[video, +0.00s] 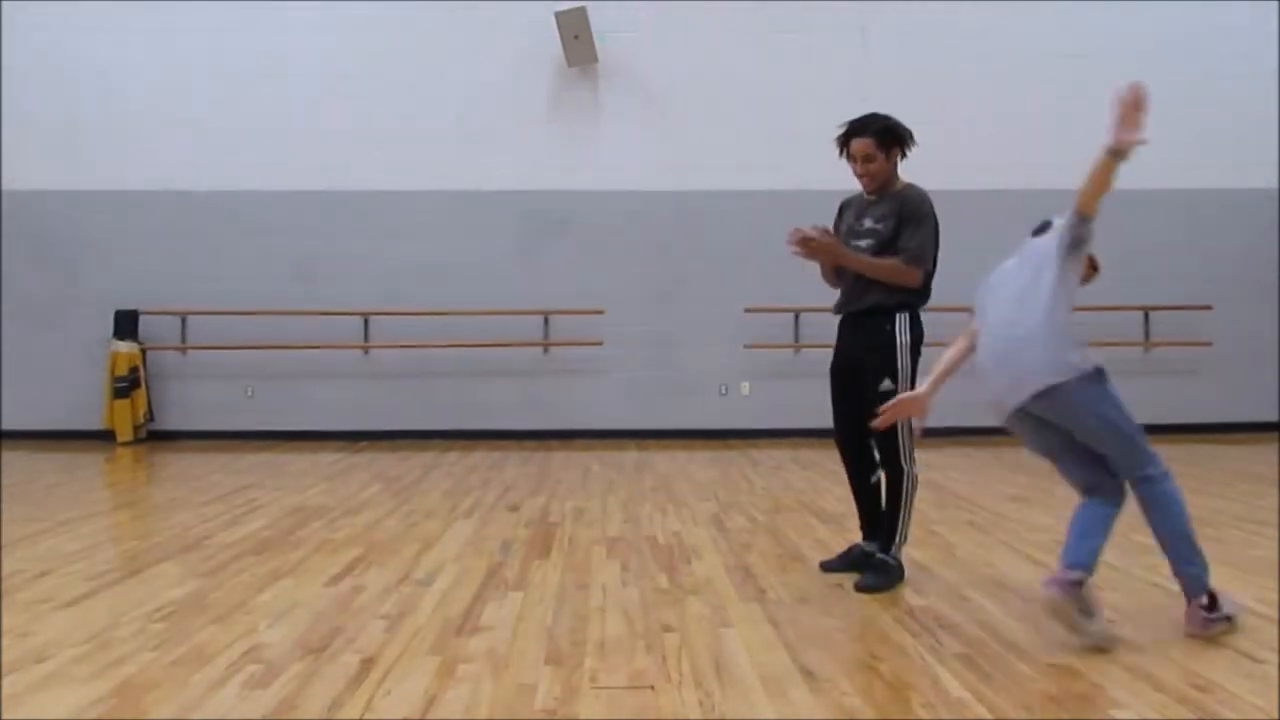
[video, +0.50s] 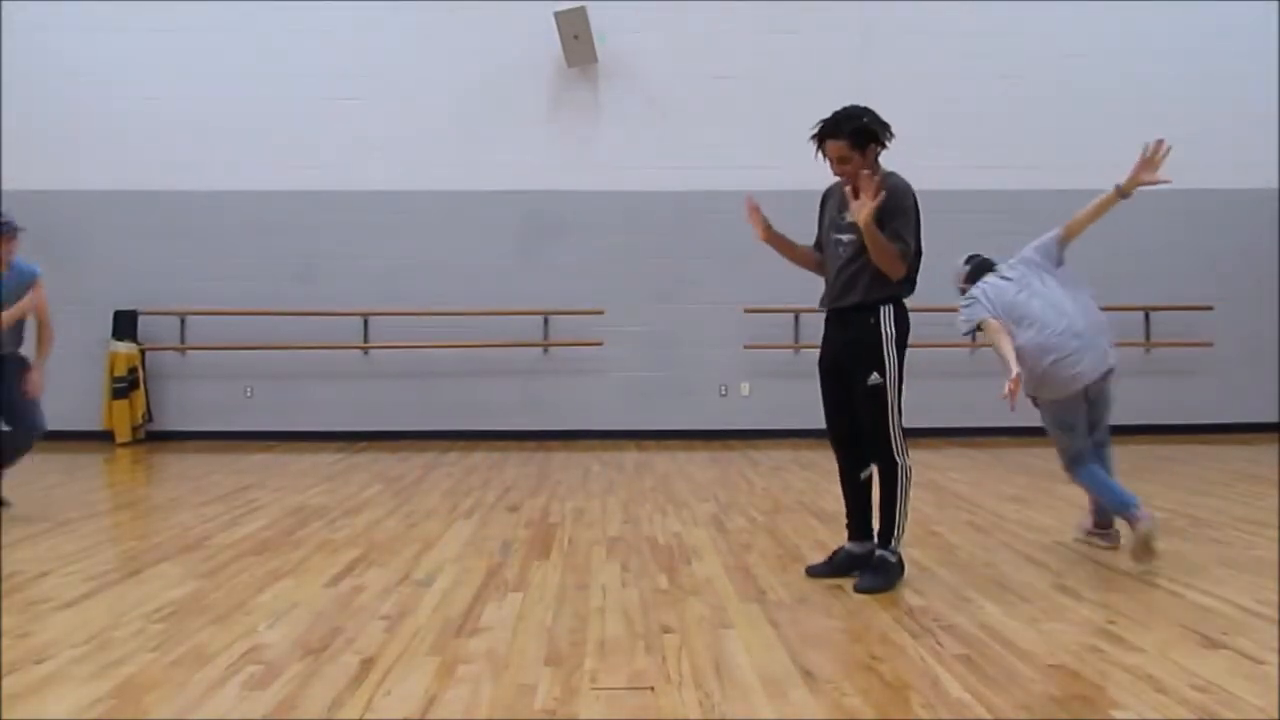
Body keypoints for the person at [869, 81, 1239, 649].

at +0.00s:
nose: (1087, 280)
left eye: (1089, 276)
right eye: (1087, 272)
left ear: (1030, 246)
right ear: (1073, 249)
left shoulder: (996, 287)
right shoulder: (1058, 244)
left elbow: (966, 342)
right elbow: (1086, 202)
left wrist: (923, 392)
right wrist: (1116, 148)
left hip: (1007, 398)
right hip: (1057, 374)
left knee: (1102, 487)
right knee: (1148, 473)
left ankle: (1070, 580)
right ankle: (1200, 599)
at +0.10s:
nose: (1087, 253)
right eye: (1081, 248)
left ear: (1034, 260)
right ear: (1070, 249)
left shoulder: (1011, 293)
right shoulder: (1080, 249)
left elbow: (990, 341)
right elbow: (1120, 208)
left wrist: (960, 388)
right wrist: (1163, 154)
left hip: (1045, 397)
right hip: (1100, 372)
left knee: (1115, 476)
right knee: (1175, 479)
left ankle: (1141, 574)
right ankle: (1197, 599)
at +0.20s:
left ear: (1022, 271)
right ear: (1055, 253)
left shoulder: (1015, 295)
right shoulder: (1079, 250)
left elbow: (1010, 337)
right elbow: (1121, 217)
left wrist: (998, 377)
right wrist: (1172, 174)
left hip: (1066, 386)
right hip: (1120, 358)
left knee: (1116, 467)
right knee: (1180, 465)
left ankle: (1172, 560)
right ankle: (1201, 565)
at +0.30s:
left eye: (1014, 286)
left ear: (1013, 282)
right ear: (1045, 263)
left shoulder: (1012, 300)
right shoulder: (1073, 259)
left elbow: (1015, 334)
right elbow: (1114, 226)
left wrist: (1018, 371)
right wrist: (1163, 181)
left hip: (1077, 395)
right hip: (1129, 368)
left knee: (1119, 474)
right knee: (1171, 458)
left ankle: (1174, 562)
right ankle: (1217, 538)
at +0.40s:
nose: (996, 290)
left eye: (992, 285)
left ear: (993, 280)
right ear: (1020, 261)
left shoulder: (997, 296)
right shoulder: (1053, 256)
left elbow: (1008, 330)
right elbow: (1095, 226)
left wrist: (1018, 370)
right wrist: (1148, 185)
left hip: (1071, 385)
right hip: (1117, 360)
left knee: (1114, 473)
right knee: (1136, 449)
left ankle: (1168, 550)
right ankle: (1169, 540)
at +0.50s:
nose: (964, 292)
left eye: (964, 289)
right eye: (964, 287)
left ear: (970, 284)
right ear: (994, 265)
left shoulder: (976, 297)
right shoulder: (1028, 258)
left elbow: (995, 329)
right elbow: (1074, 226)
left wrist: (1012, 367)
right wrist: (1127, 186)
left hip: (1057, 377)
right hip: (1099, 357)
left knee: (1078, 462)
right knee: (1098, 443)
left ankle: (1134, 513)